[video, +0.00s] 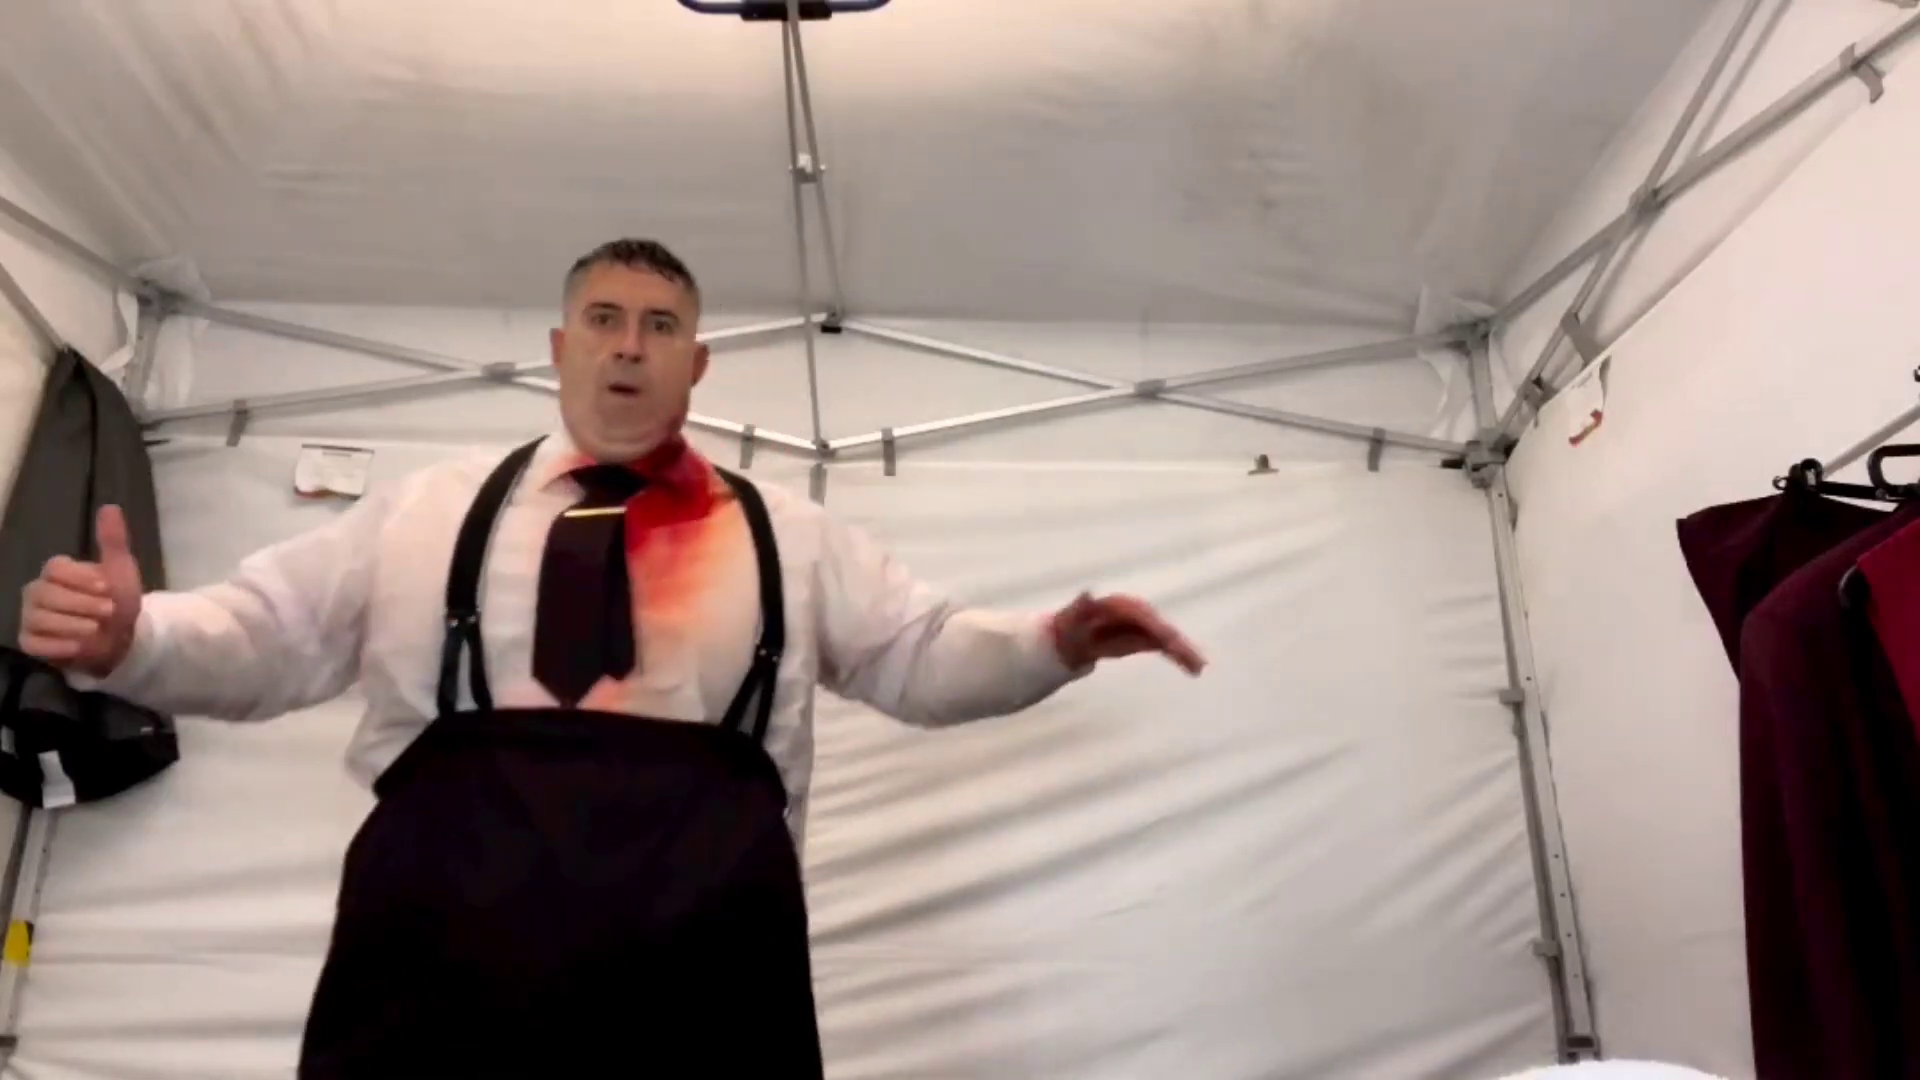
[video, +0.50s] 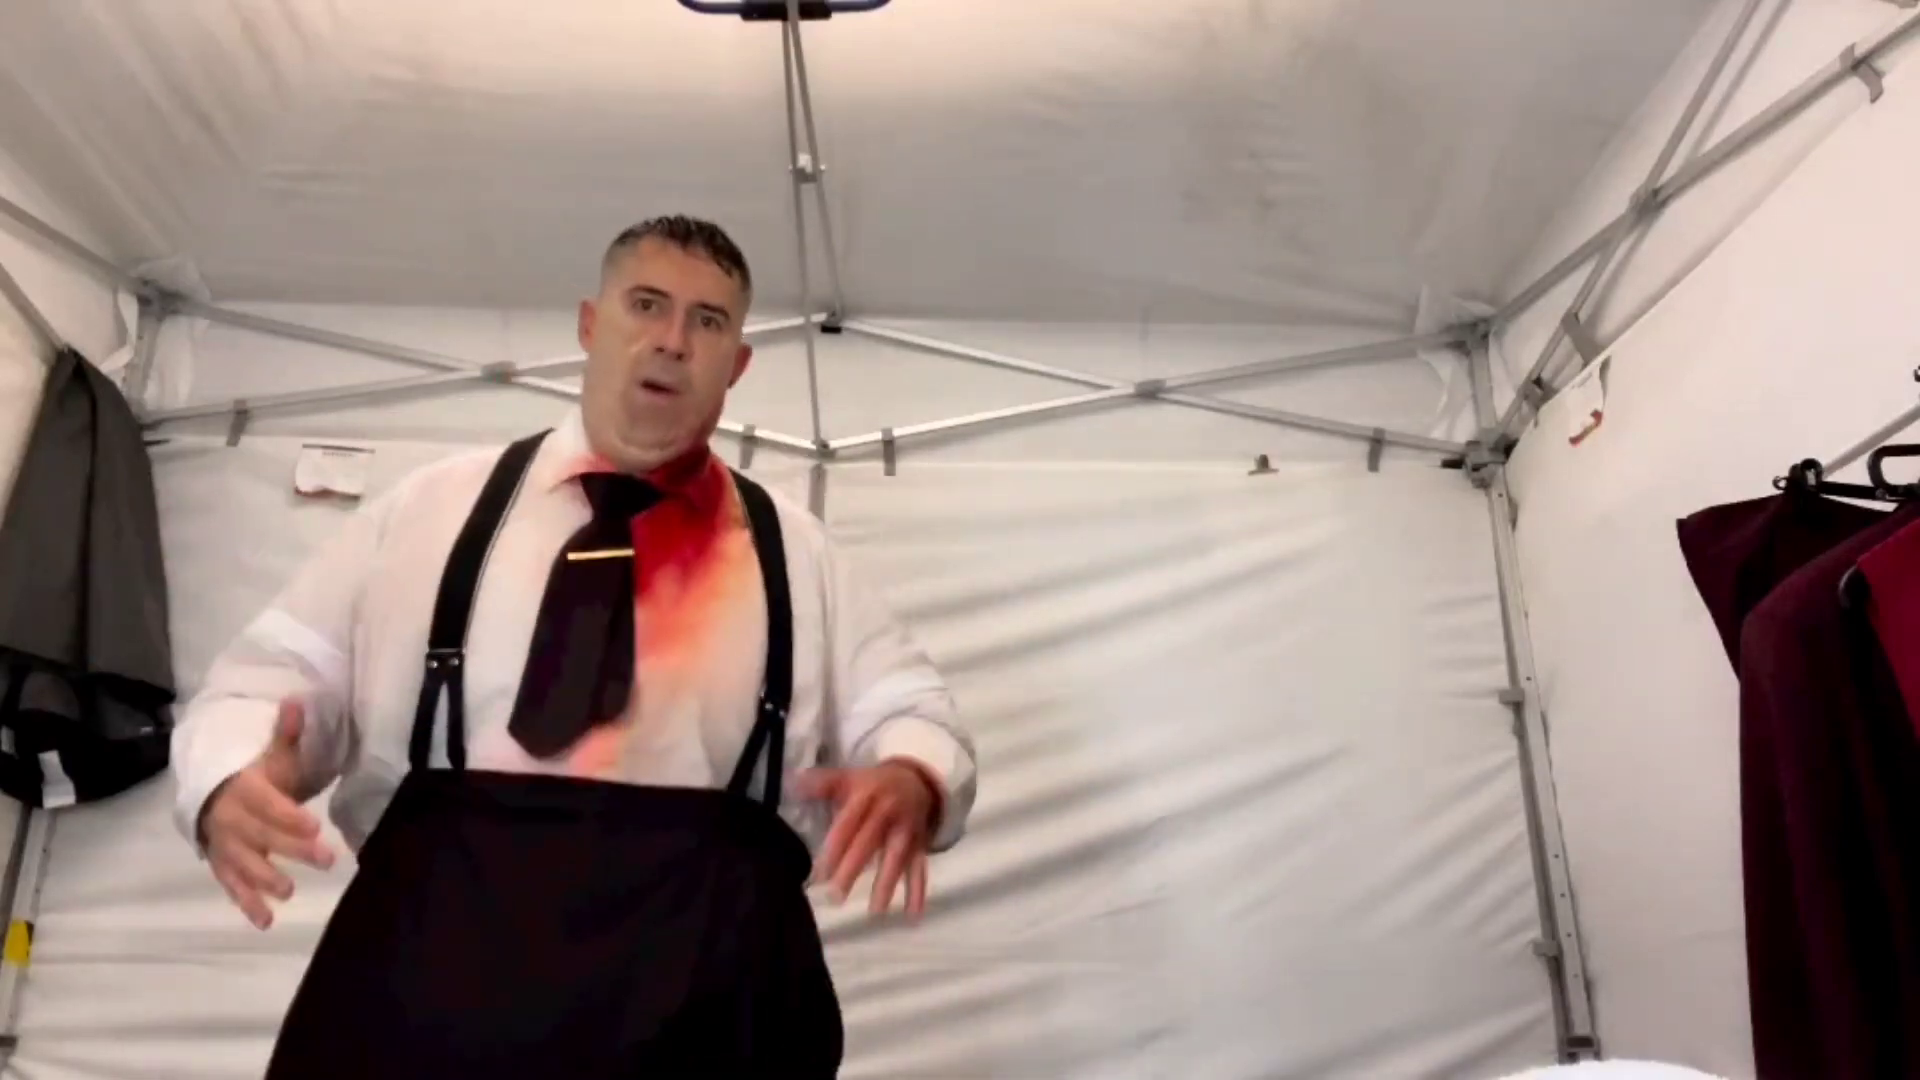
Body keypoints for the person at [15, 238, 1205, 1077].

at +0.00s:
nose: (630, 342)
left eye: (661, 324)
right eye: (603, 319)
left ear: (701, 364)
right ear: (554, 351)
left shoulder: (790, 533)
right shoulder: (426, 511)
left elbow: (919, 661)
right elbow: (267, 632)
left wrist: (1053, 644)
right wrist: (130, 633)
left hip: (696, 910)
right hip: (453, 903)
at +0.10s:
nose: (581, 380)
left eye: (613, 360)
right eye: (556, 355)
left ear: (654, 397)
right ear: (510, 385)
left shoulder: (743, 570)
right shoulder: (373, 565)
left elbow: (842, 743)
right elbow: (196, 761)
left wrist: (911, 716)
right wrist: (203, 663)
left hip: (658, 947)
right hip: (415, 937)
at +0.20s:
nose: (578, 339)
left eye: (611, 318)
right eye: (553, 311)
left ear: (651, 358)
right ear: (505, 340)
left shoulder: (731, 529)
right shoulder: (376, 517)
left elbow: (852, 710)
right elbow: (221, 714)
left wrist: (784, 716)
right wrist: (377, 649)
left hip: (657, 913)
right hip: (419, 908)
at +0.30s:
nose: (611, 282)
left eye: (643, 261)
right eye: (585, 252)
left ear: (680, 307)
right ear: (534, 283)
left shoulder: (763, 475)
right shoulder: (399, 456)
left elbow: (854, 640)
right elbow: (268, 619)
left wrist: (745, 730)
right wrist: (394, 667)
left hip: (680, 924)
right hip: (436, 909)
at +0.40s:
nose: (648, 303)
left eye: (682, 285)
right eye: (622, 272)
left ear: (715, 330)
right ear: (569, 298)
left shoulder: (791, 504)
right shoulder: (414, 477)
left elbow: (894, 665)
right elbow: (275, 635)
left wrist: (807, 782)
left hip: (690, 895)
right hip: (448, 882)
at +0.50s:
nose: (672, 341)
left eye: (706, 322)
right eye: (645, 306)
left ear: (738, 366)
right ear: (588, 328)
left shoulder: (796, 551)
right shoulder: (436, 506)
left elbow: (904, 706)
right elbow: (279, 674)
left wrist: (912, 775)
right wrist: (226, 779)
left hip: (697, 935)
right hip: (448, 922)